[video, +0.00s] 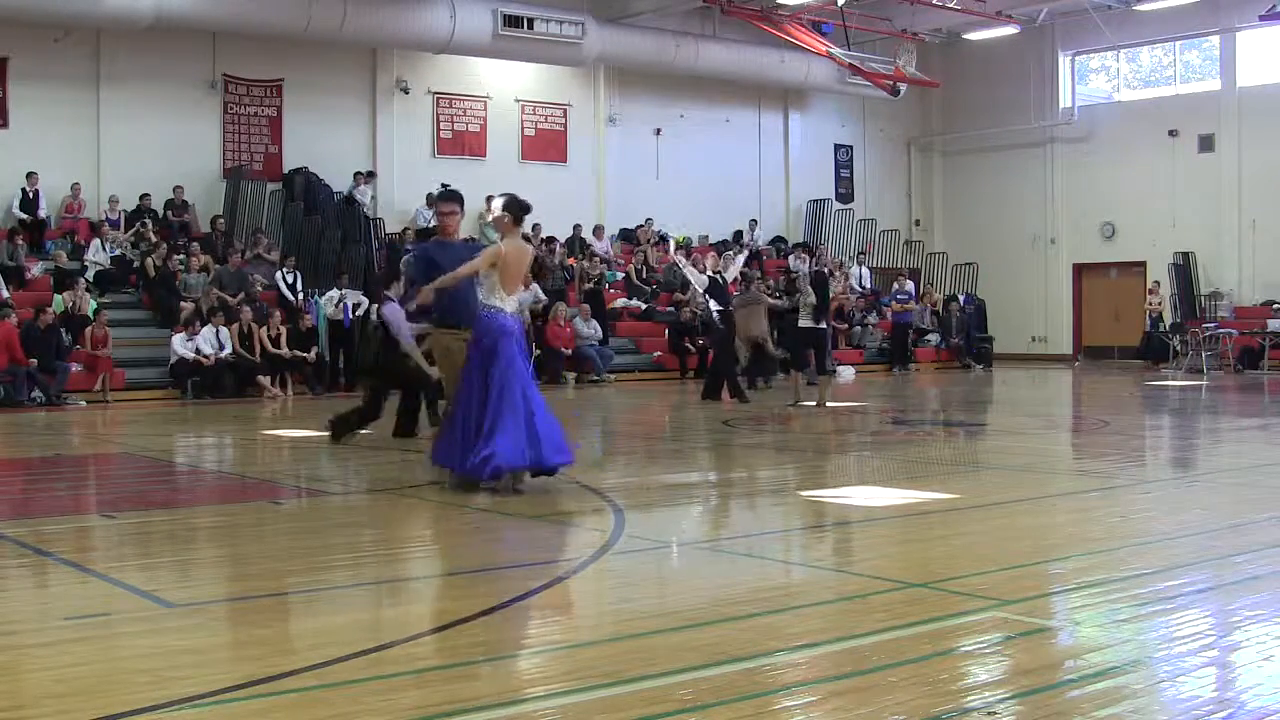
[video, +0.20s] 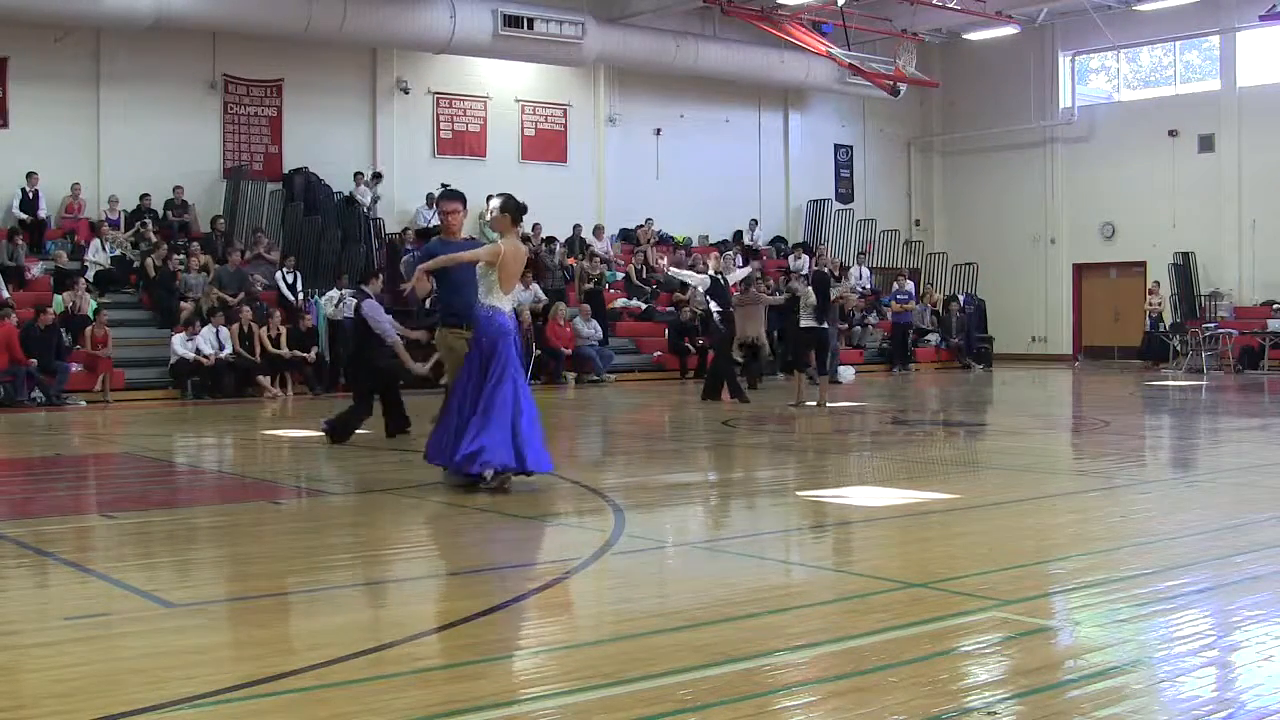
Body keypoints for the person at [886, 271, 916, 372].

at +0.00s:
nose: (901, 282)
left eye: (903, 280)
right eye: (899, 280)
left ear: (906, 281)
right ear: (897, 282)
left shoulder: (909, 294)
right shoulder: (894, 294)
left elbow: (912, 306)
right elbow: (894, 307)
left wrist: (900, 306)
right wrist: (907, 306)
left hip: (906, 322)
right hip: (896, 322)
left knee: (905, 343)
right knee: (895, 343)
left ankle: (905, 363)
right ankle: (895, 364)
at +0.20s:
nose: (901, 282)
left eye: (902, 280)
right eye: (898, 280)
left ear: (905, 281)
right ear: (896, 282)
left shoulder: (909, 294)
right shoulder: (894, 294)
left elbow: (912, 306)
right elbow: (894, 308)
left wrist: (899, 306)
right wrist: (907, 307)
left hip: (907, 322)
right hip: (897, 322)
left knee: (906, 344)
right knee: (896, 344)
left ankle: (906, 363)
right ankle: (896, 364)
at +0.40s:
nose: (901, 282)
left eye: (902, 280)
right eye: (899, 280)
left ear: (905, 281)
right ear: (896, 282)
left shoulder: (909, 294)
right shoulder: (894, 294)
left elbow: (912, 306)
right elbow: (894, 308)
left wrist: (899, 306)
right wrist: (907, 307)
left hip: (907, 322)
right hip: (897, 322)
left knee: (906, 344)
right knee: (896, 344)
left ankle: (906, 363)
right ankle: (896, 364)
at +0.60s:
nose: (901, 282)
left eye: (903, 280)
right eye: (899, 280)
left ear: (906, 281)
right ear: (897, 282)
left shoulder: (910, 294)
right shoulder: (894, 294)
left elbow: (912, 306)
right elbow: (894, 308)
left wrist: (899, 306)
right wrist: (907, 307)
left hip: (907, 322)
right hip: (897, 322)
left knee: (906, 344)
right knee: (896, 344)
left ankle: (905, 363)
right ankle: (896, 364)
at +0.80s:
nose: (902, 282)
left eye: (904, 280)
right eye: (900, 280)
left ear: (907, 281)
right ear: (897, 282)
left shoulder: (910, 294)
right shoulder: (894, 294)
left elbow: (913, 306)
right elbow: (894, 307)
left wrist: (900, 305)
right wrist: (907, 306)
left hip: (907, 322)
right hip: (897, 322)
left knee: (905, 344)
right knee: (896, 344)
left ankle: (905, 364)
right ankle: (896, 365)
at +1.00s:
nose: (903, 282)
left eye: (904, 280)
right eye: (901, 280)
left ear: (907, 281)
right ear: (898, 282)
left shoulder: (910, 294)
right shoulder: (895, 294)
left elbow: (913, 306)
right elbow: (894, 307)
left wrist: (901, 305)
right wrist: (907, 306)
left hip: (907, 322)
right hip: (897, 321)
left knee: (905, 344)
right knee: (896, 343)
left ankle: (905, 364)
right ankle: (895, 365)